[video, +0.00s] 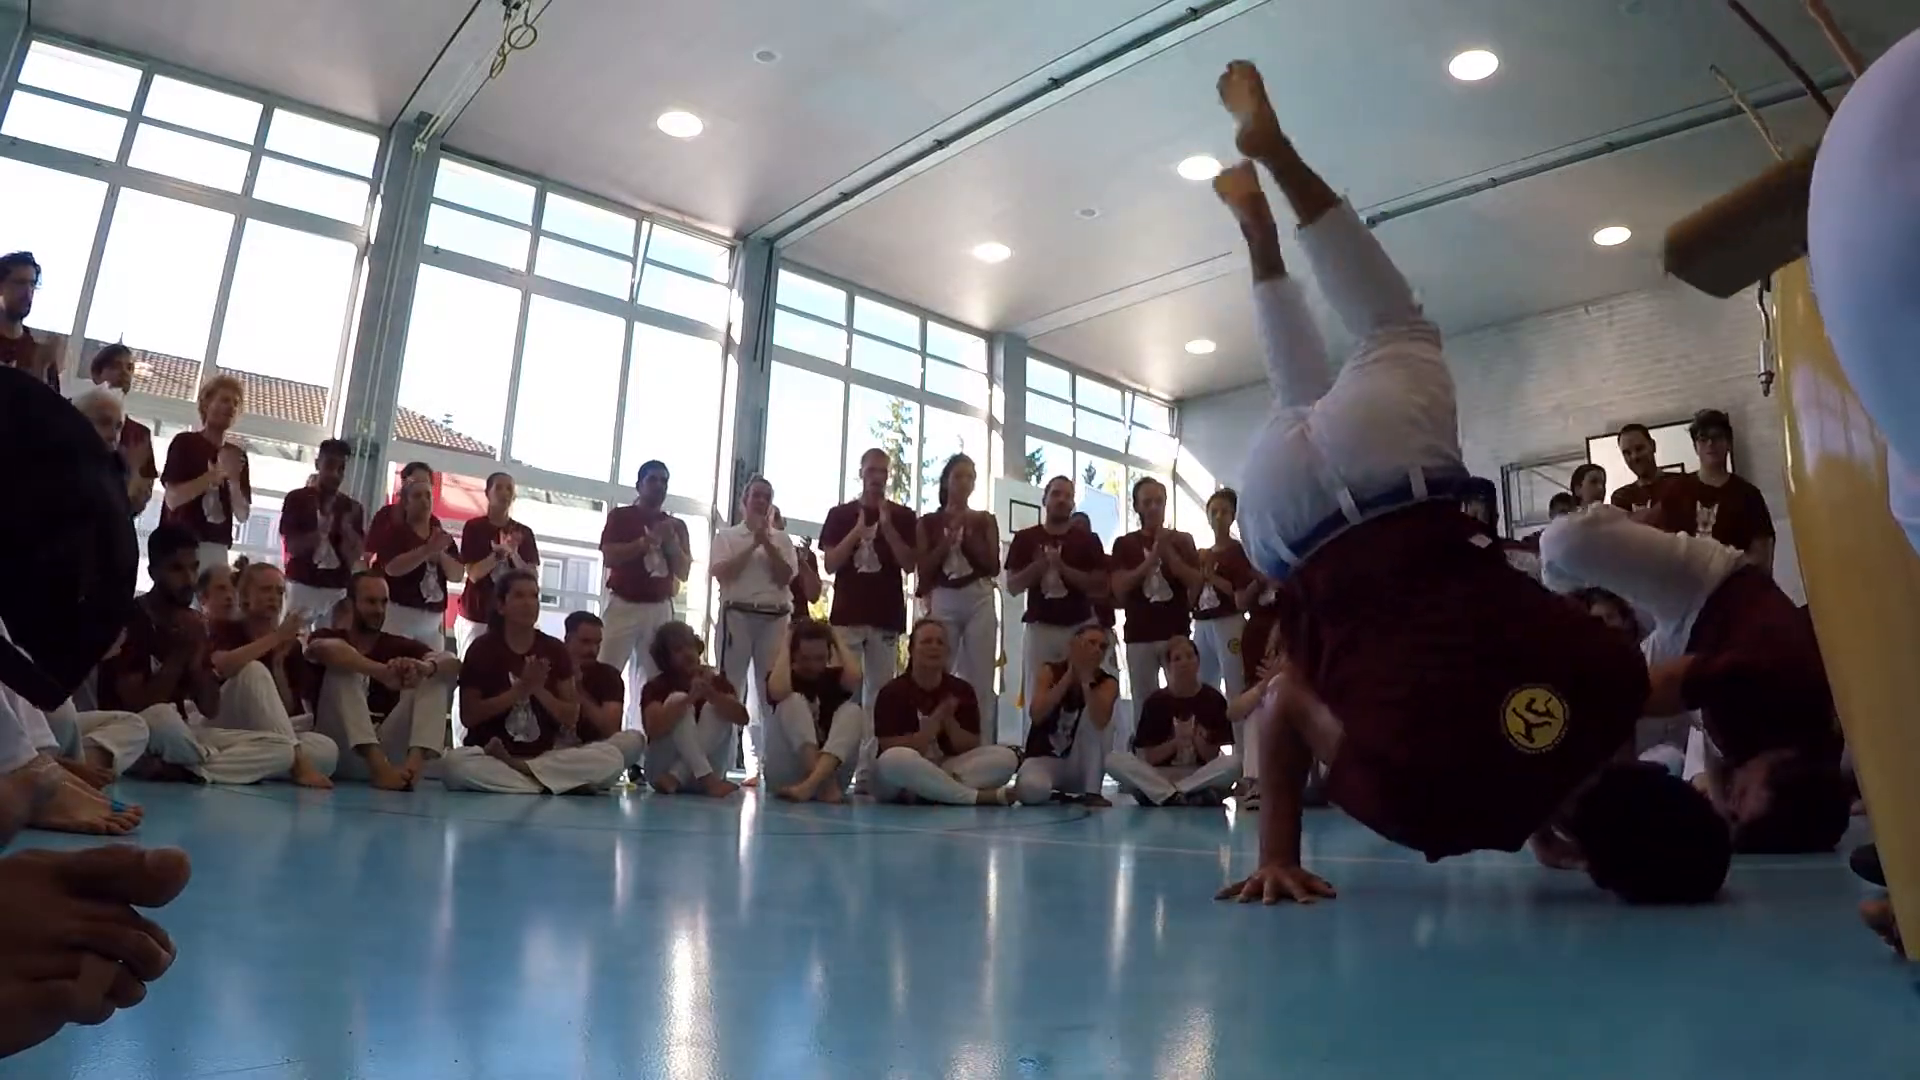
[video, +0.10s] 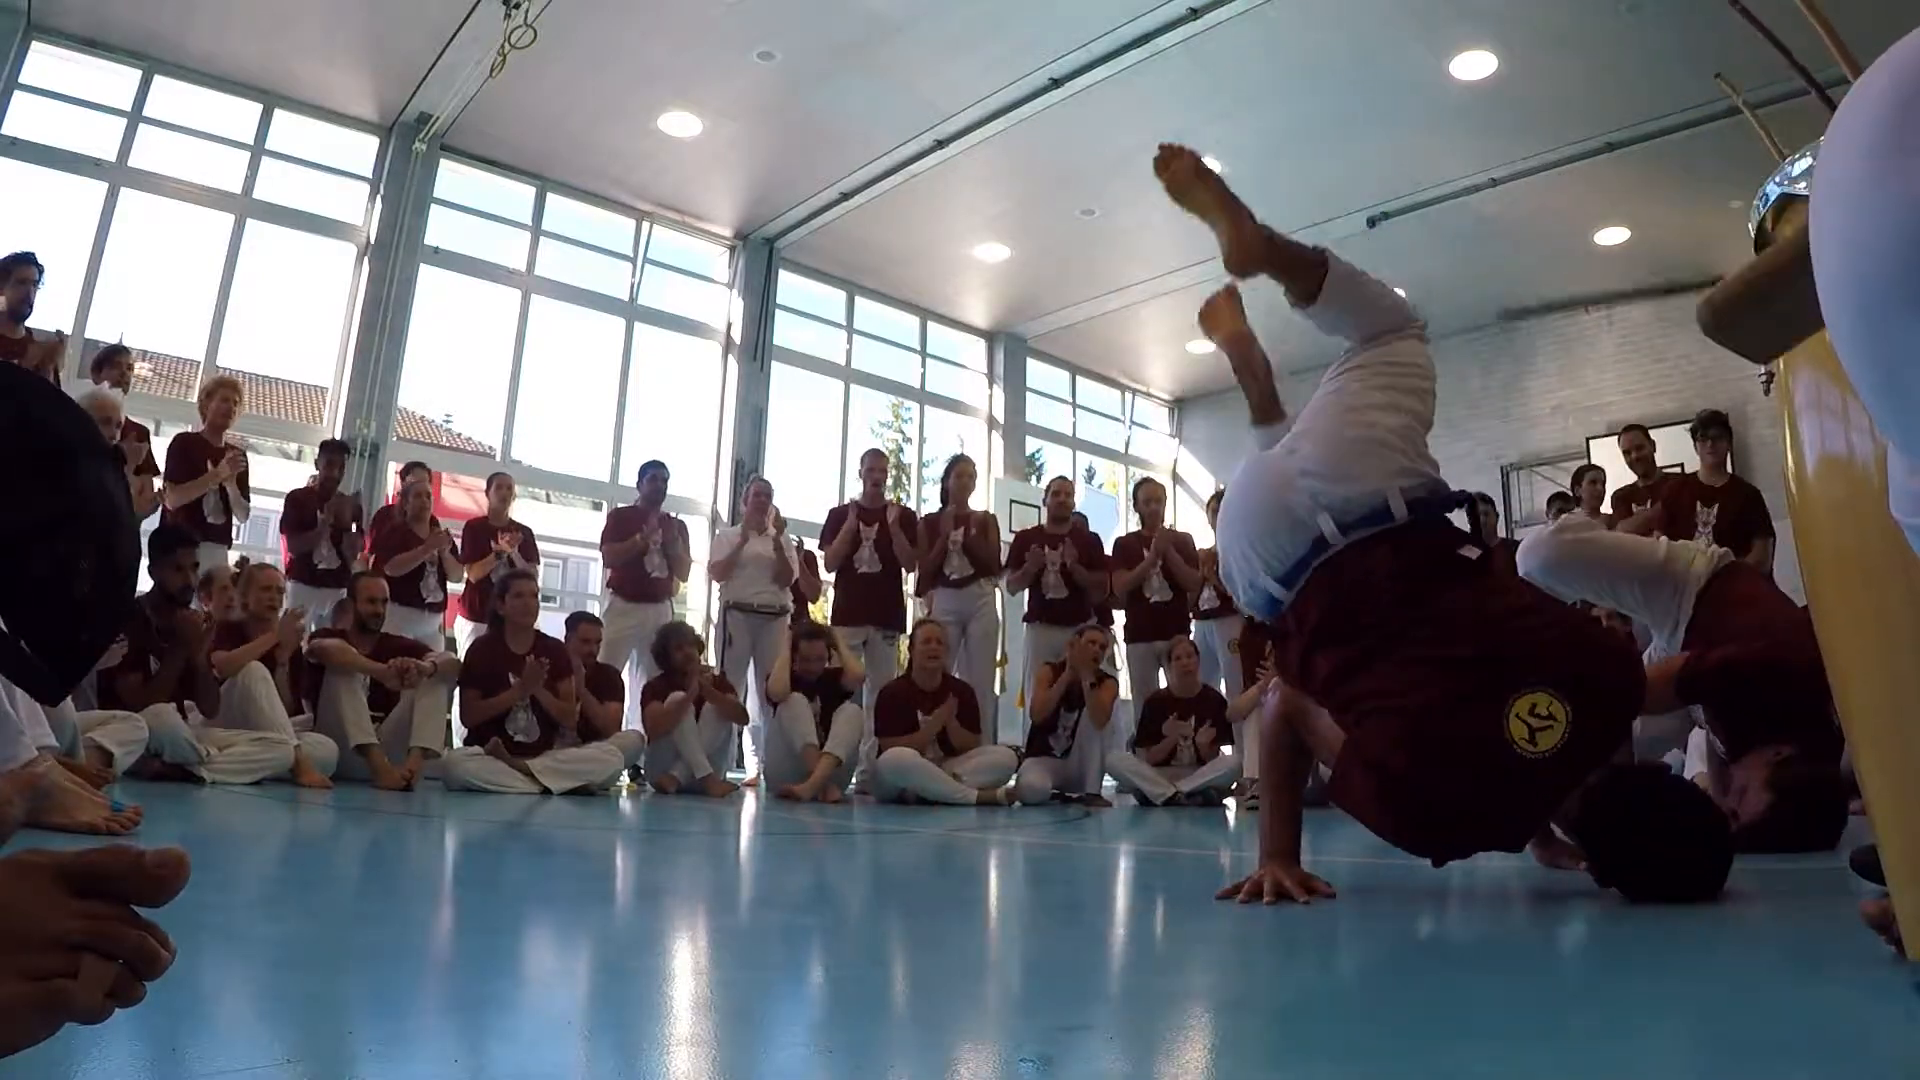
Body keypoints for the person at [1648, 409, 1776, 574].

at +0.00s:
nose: (1710, 444)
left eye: (1717, 438)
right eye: (1703, 439)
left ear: (1728, 444)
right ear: (1695, 447)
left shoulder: (1747, 494)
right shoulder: (1676, 490)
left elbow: (1760, 557)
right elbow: (1663, 544)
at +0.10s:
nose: (1710, 444)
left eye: (1718, 438)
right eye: (1703, 439)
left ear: (1729, 444)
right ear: (1695, 446)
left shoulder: (1747, 493)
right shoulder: (1676, 490)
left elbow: (1761, 556)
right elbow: (1659, 539)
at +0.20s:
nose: (1710, 445)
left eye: (1718, 438)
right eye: (1704, 439)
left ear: (1729, 445)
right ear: (1695, 446)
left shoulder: (1747, 493)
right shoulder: (1675, 490)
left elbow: (1762, 552)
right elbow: (1660, 542)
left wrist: (1733, 584)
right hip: (1684, 588)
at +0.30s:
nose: (1711, 445)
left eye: (1719, 438)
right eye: (1704, 439)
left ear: (1730, 444)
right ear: (1695, 446)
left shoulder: (1748, 493)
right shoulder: (1676, 490)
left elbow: (1764, 551)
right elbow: (1660, 540)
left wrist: (1734, 582)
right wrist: (1684, 573)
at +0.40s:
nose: (1711, 445)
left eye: (1719, 439)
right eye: (1705, 439)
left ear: (1730, 445)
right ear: (1696, 446)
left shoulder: (1748, 493)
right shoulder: (1677, 489)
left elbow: (1764, 545)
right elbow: (1660, 539)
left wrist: (1739, 575)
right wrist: (1684, 575)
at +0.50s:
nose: (1711, 445)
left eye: (1719, 438)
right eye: (1704, 439)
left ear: (1730, 445)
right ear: (1696, 446)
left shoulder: (1747, 493)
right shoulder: (1676, 490)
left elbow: (1760, 553)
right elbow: (1660, 543)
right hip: (1685, 584)